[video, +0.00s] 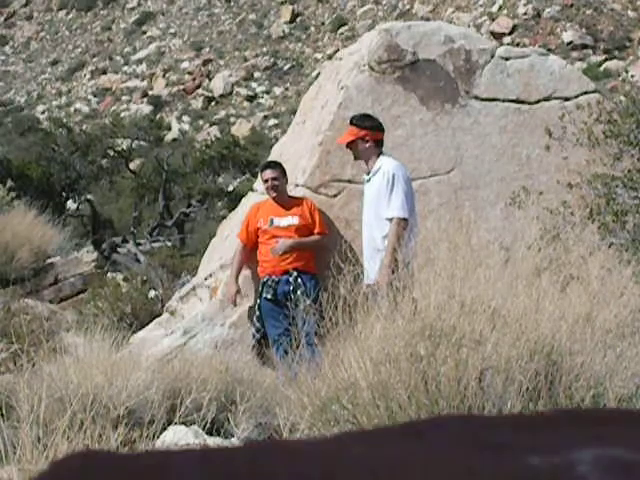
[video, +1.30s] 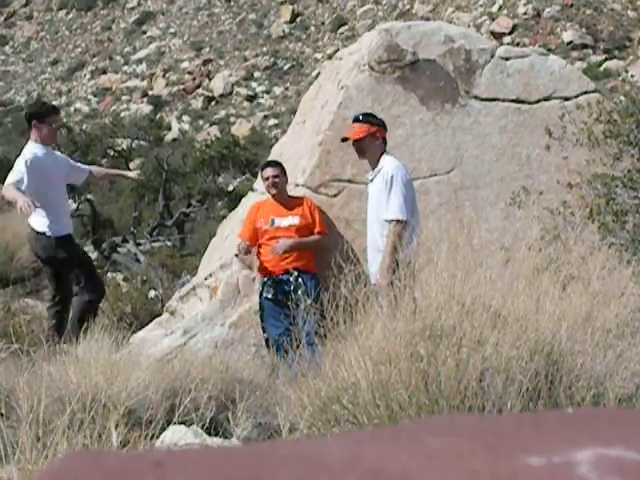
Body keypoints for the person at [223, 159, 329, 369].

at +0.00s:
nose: (271, 184)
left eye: (275, 179)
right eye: (266, 181)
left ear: (285, 180)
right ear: (262, 185)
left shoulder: (306, 206)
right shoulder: (257, 211)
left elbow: (322, 237)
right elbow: (244, 247)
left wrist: (293, 244)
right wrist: (233, 280)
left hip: (303, 277)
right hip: (271, 280)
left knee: (309, 334)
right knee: (279, 339)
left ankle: (314, 381)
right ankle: (288, 383)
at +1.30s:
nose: (272, 181)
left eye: (276, 176)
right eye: (267, 178)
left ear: (285, 178)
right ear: (263, 183)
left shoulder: (306, 205)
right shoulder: (258, 210)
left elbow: (324, 238)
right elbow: (246, 242)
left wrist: (293, 243)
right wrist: (243, 249)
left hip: (304, 278)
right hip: (272, 281)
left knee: (310, 335)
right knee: (278, 338)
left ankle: (315, 381)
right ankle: (288, 384)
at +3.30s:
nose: (274, 181)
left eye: (278, 176)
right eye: (269, 178)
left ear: (287, 179)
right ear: (264, 183)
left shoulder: (307, 206)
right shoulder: (257, 211)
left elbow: (325, 237)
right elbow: (247, 246)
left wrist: (293, 244)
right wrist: (252, 264)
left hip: (304, 274)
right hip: (272, 277)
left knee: (309, 327)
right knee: (278, 330)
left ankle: (315, 375)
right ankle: (287, 378)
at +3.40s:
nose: (275, 181)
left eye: (279, 176)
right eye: (270, 177)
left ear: (287, 179)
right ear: (265, 183)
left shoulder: (306, 205)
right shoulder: (262, 209)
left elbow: (324, 237)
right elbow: (257, 240)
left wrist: (290, 244)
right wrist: (274, 250)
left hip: (305, 272)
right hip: (277, 273)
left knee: (310, 328)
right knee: (280, 329)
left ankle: (318, 373)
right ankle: (290, 377)